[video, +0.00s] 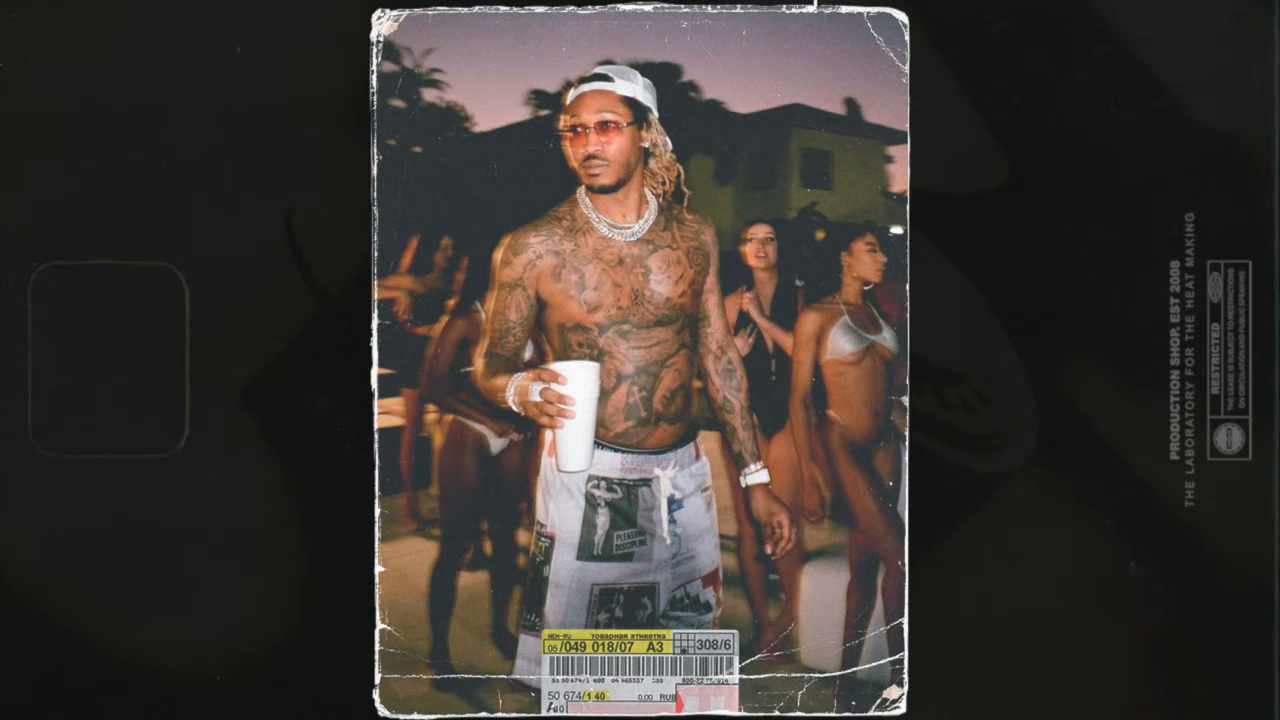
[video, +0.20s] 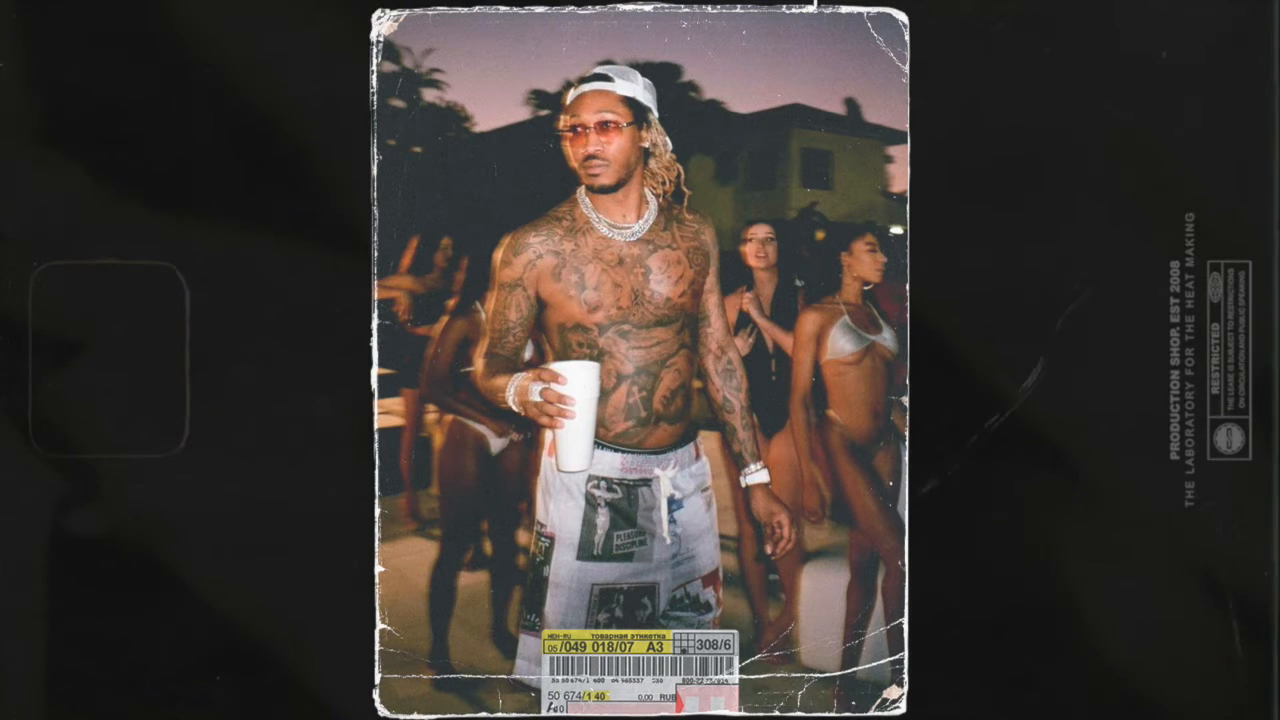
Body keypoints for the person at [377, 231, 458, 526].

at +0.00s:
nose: (445, 255)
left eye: (450, 250)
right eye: (441, 248)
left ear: (455, 255)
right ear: (430, 252)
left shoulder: (455, 282)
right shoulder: (414, 283)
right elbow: (401, 320)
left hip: (446, 352)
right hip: (417, 349)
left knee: (450, 426)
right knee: (413, 427)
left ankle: (452, 496)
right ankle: (410, 500)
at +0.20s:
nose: (446, 254)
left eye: (450, 249)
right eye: (442, 248)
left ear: (455, 254)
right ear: (431, 252)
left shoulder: (454, 282)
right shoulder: (413, 283)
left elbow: (460, 312)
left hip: (445, 352)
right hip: (416, 350)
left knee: (449, 425)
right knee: (413, 427)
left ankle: (451, 498)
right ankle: (410, 500)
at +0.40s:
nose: (446, 254)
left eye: (450, 250)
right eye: (442, 248)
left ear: (455, 254)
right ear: (430, 251)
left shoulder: (454, 281)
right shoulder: (414, 283)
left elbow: (460, 309)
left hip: (445, 352)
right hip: (416, 350)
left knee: (449, 426)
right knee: (413, 428)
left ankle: (451, 499)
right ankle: (410, 501)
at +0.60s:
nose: (446, 254)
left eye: (451, 250)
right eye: (442, 248)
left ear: (455, 255)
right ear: (431, 252)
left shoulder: (454, 282)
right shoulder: (414, 282)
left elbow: (461, 307)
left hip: (445, 352)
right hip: (416, 349)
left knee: (449, 426)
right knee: (413, 428)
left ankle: (451, 499)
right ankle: (410, 500)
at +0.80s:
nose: (446, 254)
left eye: (451, 250)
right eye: (442, 248)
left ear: (455, 255)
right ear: (431, 252)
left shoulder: (454, 282)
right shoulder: (414, 283)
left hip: (445, 353)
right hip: (416, 350)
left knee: (449, 426)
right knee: (413, 428)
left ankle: (451, 499)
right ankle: (410, 501)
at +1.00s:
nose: (446, 254)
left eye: (451, 250)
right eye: (442, 248)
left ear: (455, 255)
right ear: (430, 252)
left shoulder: (454, 282)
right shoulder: (414, 282)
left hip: (445, 352)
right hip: (416, 350)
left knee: (449, 426)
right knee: (413, 428)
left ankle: (451, 499)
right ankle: (410, 500)